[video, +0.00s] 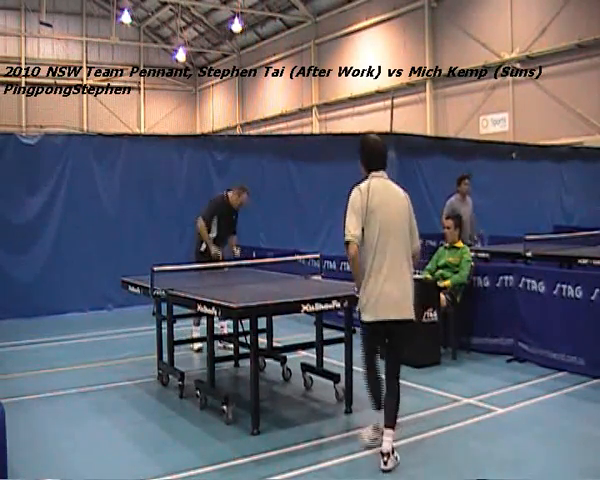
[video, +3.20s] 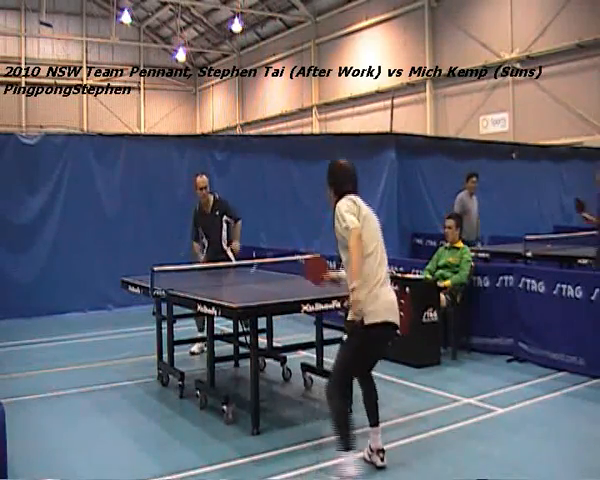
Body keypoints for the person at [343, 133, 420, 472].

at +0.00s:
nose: (362, 164)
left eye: (361, 158)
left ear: (362, 161)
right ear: (386, 161)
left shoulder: (359, 193)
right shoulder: (402, 195)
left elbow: (353, 243)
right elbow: (415, 248)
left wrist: (359, 280)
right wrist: (399, 271)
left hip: (372, 297)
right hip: (402, 297)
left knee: (370, 362)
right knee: (393, 370)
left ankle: (382, 421)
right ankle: (388, 441)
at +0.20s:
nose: (349, 154)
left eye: (349, 149)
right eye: (354, 147)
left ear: (352, 151)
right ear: (377, 150)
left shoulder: (352, 182)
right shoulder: (393, 187)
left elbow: (345, 233)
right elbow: (405, 244)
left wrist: (349, 276)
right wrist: (384, 267)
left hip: (362, 294)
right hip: (392, 295)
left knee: (342, 358)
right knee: (387, 367)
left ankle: (343, 438)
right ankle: (388, 442)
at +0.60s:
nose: (311, 171)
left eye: (310, 165)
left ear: (313, 168)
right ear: (338, 167)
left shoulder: (310, 198)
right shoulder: (353, 204)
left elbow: (300, 250)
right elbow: (364, 262)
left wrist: (306, 296)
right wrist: (345, 289)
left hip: (323, 314)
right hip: (355, 312)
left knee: (298, 388)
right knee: (367, 376)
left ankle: (298, 467)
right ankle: (385, 448)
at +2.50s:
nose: (307, 208)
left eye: (307, 204)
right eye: (309, 203)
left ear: (310, 205)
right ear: (334, 205)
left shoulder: (316, 231)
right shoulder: (348, 234)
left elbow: (286, 284)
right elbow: (349, 284)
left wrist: (276, 322)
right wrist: (322, 308)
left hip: (339, 343)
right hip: (366, 340)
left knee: (295, 393)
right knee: (352, 380)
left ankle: (301, 470)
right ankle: (375, 447)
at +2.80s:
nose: (315, 232)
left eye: (315, 228)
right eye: (317, 228)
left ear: (318, 229)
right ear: (342, 228)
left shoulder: (331, 248)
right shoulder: (350, 255)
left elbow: (311, 279)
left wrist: (286, 316)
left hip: (350, 357)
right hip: (376, 356)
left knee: (297, 393)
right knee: (352, 385)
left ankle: (302, 470)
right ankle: (374, 448)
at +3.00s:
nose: (318, 213)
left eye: (319, 208)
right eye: (321, 207)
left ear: (323, 211)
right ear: (345, 208)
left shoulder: (337, 230)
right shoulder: (356, 232)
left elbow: (348, 256)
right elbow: (347, 262)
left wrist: (359, 282)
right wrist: (324, 261)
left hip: (361, 332)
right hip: (384, 333)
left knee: (316, 389)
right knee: (358, 379)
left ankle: (302, 468)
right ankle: (375, 449)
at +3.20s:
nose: (326, 192)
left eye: (327, 187)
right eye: (328, 187)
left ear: (332, 187)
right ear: (354, 184)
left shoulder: (344, 206)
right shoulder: (365, 210)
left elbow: (356, 237)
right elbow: (370, 266)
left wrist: (353, 289)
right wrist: (336, 274)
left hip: (367, 316)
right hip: (387, 314)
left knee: (336, 384)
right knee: (364, 373)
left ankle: (346, 459)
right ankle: (376, 446)